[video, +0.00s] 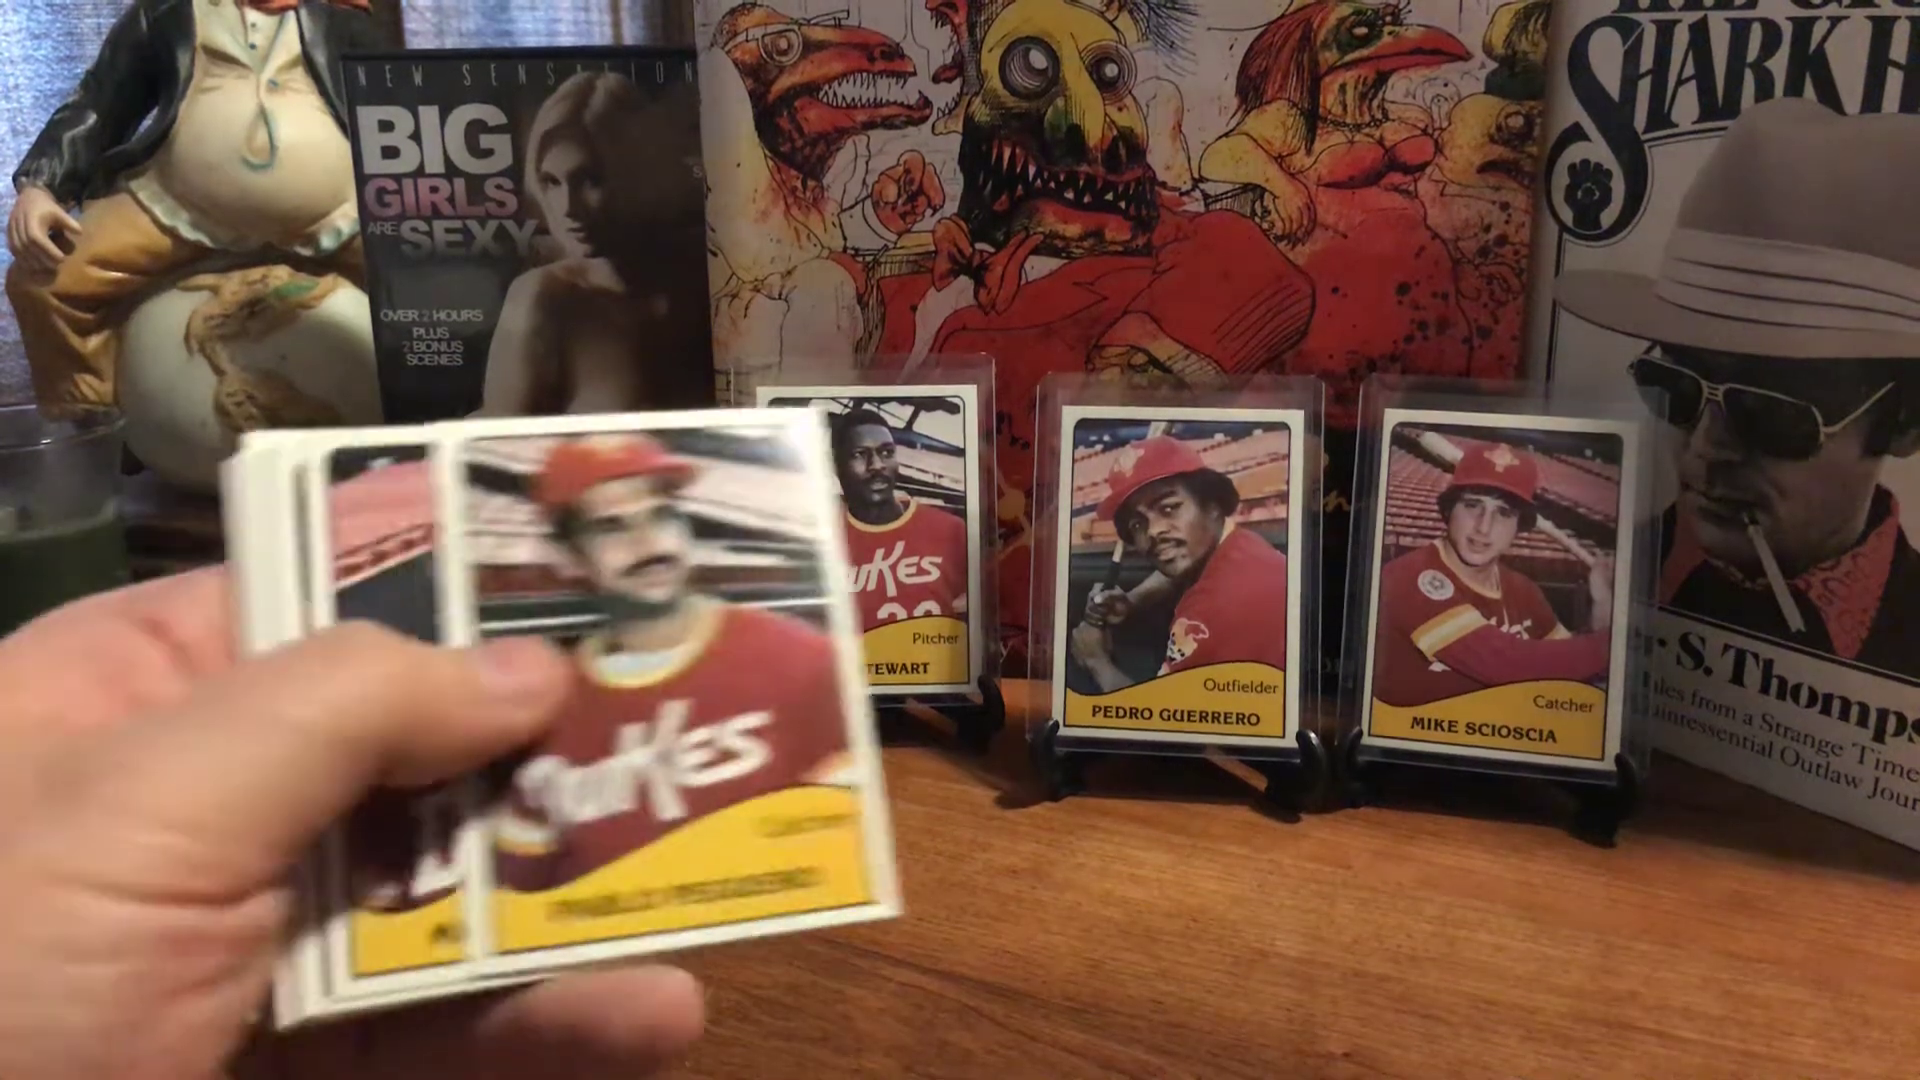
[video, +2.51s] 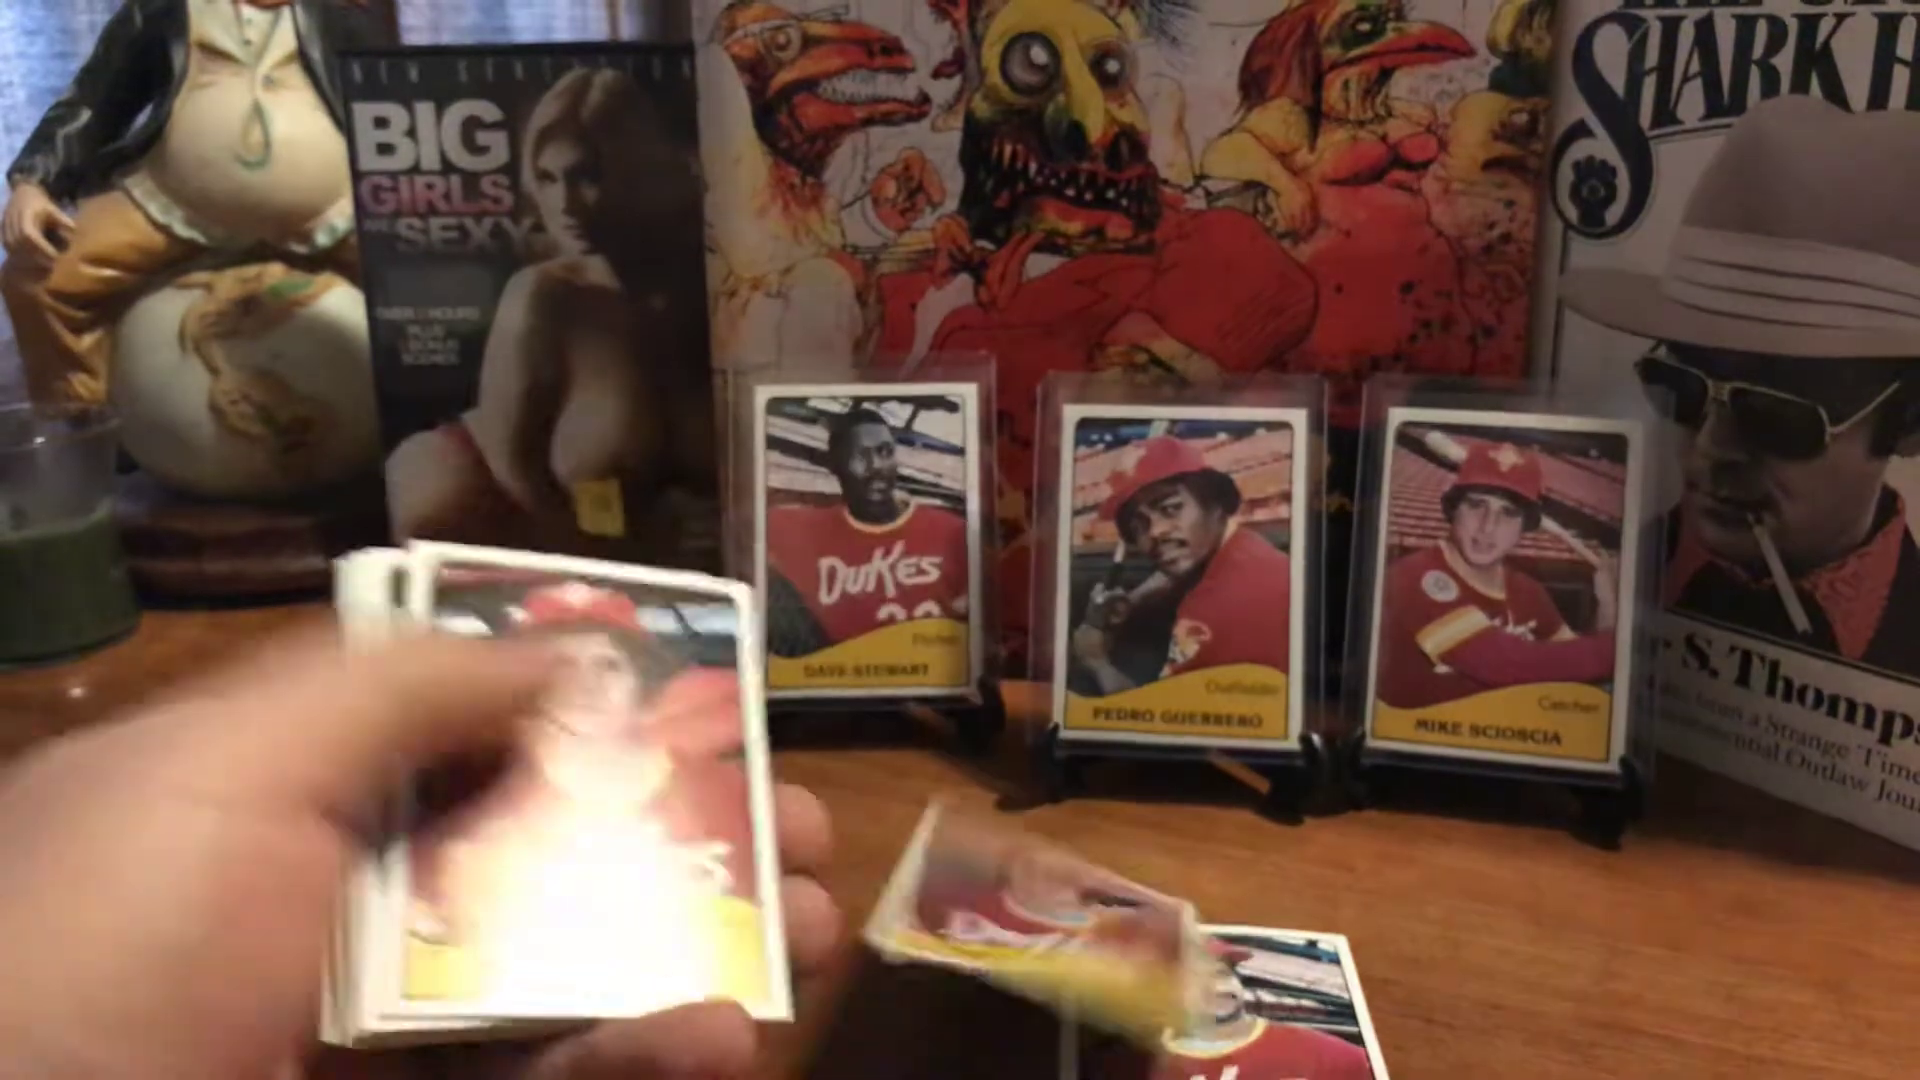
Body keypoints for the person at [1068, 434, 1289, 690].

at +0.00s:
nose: (1155, 530)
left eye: (1169, 508)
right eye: (1139, 524)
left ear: (1213, 507)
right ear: (1134, 541)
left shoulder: (1210, 609)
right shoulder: (1247, 544)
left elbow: (1160, 721)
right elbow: (1183, 566)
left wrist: (1097, 661)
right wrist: (1132, 602)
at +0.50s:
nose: (1155, 531)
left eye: (1169, 509)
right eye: (1139, 524)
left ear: (1212, 504)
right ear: (1132, 540)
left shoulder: (1209, 612)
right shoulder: (1247, 545)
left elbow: (1161, 721)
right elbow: (1184, 564)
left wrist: (1097, 662)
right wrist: (1133, 602)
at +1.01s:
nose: (1155, 531)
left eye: (1169, 508)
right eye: (1138, 524)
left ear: (1213, 503)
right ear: (1132, 540)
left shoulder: (1213, 607)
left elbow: (1161, 722)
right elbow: (1183, 564)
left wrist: (1098, 661)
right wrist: (1133, 602)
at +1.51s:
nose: (1156, 530)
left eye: (1170, 508)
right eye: (1139, 523)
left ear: (1214, 503)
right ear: (1133, 540)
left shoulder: (1213, 608)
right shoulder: (1251, 545)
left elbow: (1160, 720)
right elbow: (1185, 565)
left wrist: (1098, 662)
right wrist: (1133, 603)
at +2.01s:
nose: (1156, 531)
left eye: (1171, 508)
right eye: (1140, 523)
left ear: (1215, 503)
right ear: (1133, 540)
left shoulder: (1214, 605)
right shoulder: (1252, 546)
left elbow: (1160, 719)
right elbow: (1186, 564)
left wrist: (1098, 662)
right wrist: (1133, 602)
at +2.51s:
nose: (1157, 531)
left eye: (1171, 508)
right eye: (1141, 522)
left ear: (1216, 505)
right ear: (1134, 539)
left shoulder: (1213, 606)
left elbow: (1163, 722)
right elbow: (1184, 567)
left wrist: (1098, 663)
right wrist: (1133, 601)